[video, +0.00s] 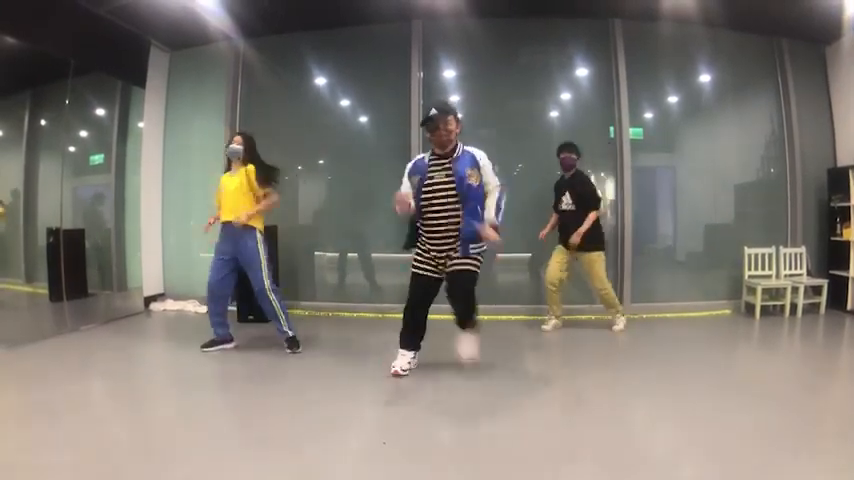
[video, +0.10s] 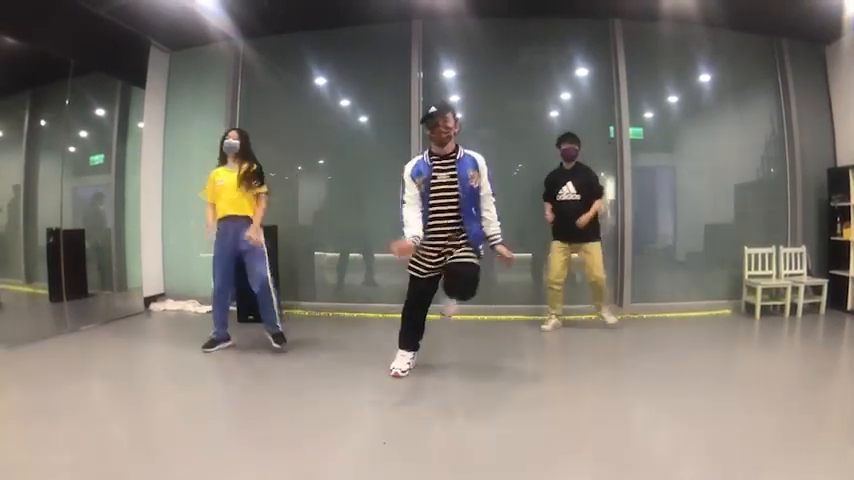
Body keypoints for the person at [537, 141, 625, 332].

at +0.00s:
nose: (567, 162)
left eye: (571, 158)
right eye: (563, 158)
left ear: (577, 159)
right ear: (559, 160)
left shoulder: (583, 181)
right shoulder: (559, 184)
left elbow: (594, 210)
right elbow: (558, 212)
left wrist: (579, 232)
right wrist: (548, 229)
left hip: (590, 244)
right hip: (566, 243)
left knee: (600, 285)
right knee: (552, 279)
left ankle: (618, 314)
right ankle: (554, 316)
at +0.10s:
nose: (569, 152)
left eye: (573, 149)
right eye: (565, 149)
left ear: (578, 150)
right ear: (559, 150)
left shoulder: (587, 174)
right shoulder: (553, 177)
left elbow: (599, 200)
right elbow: (548, 199)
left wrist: (588, 216)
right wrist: (548, 211)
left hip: (588, 237)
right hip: (561, 237)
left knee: (598, 277)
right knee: (554, 279)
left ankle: (601, 308)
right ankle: (554, 316)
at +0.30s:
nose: (578, 151)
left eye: (581, 147)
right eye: (573, 147)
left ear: (586, 150)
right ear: (566, 150)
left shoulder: (586, 175)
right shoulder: (558, 174)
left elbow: (588, 202)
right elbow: (550, 203)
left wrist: (601, 214)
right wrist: (568, 211)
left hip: (584, 237)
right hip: (560, 238)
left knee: (602, 270)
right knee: (554, 278)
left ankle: (592, 309)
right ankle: (539, 314)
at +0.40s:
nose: (581, 153)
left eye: (584, 150)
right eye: (576, 150)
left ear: (588, 154)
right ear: (568, 154)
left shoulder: (585, 180)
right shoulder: (562, 178)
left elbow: (586, 210)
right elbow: (561, 209)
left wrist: (597, 228)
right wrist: (580, 230)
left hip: (584, 239)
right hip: (562, 241)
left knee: (603, 274)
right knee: (555, 282)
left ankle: (599, 315)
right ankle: (535, 315)